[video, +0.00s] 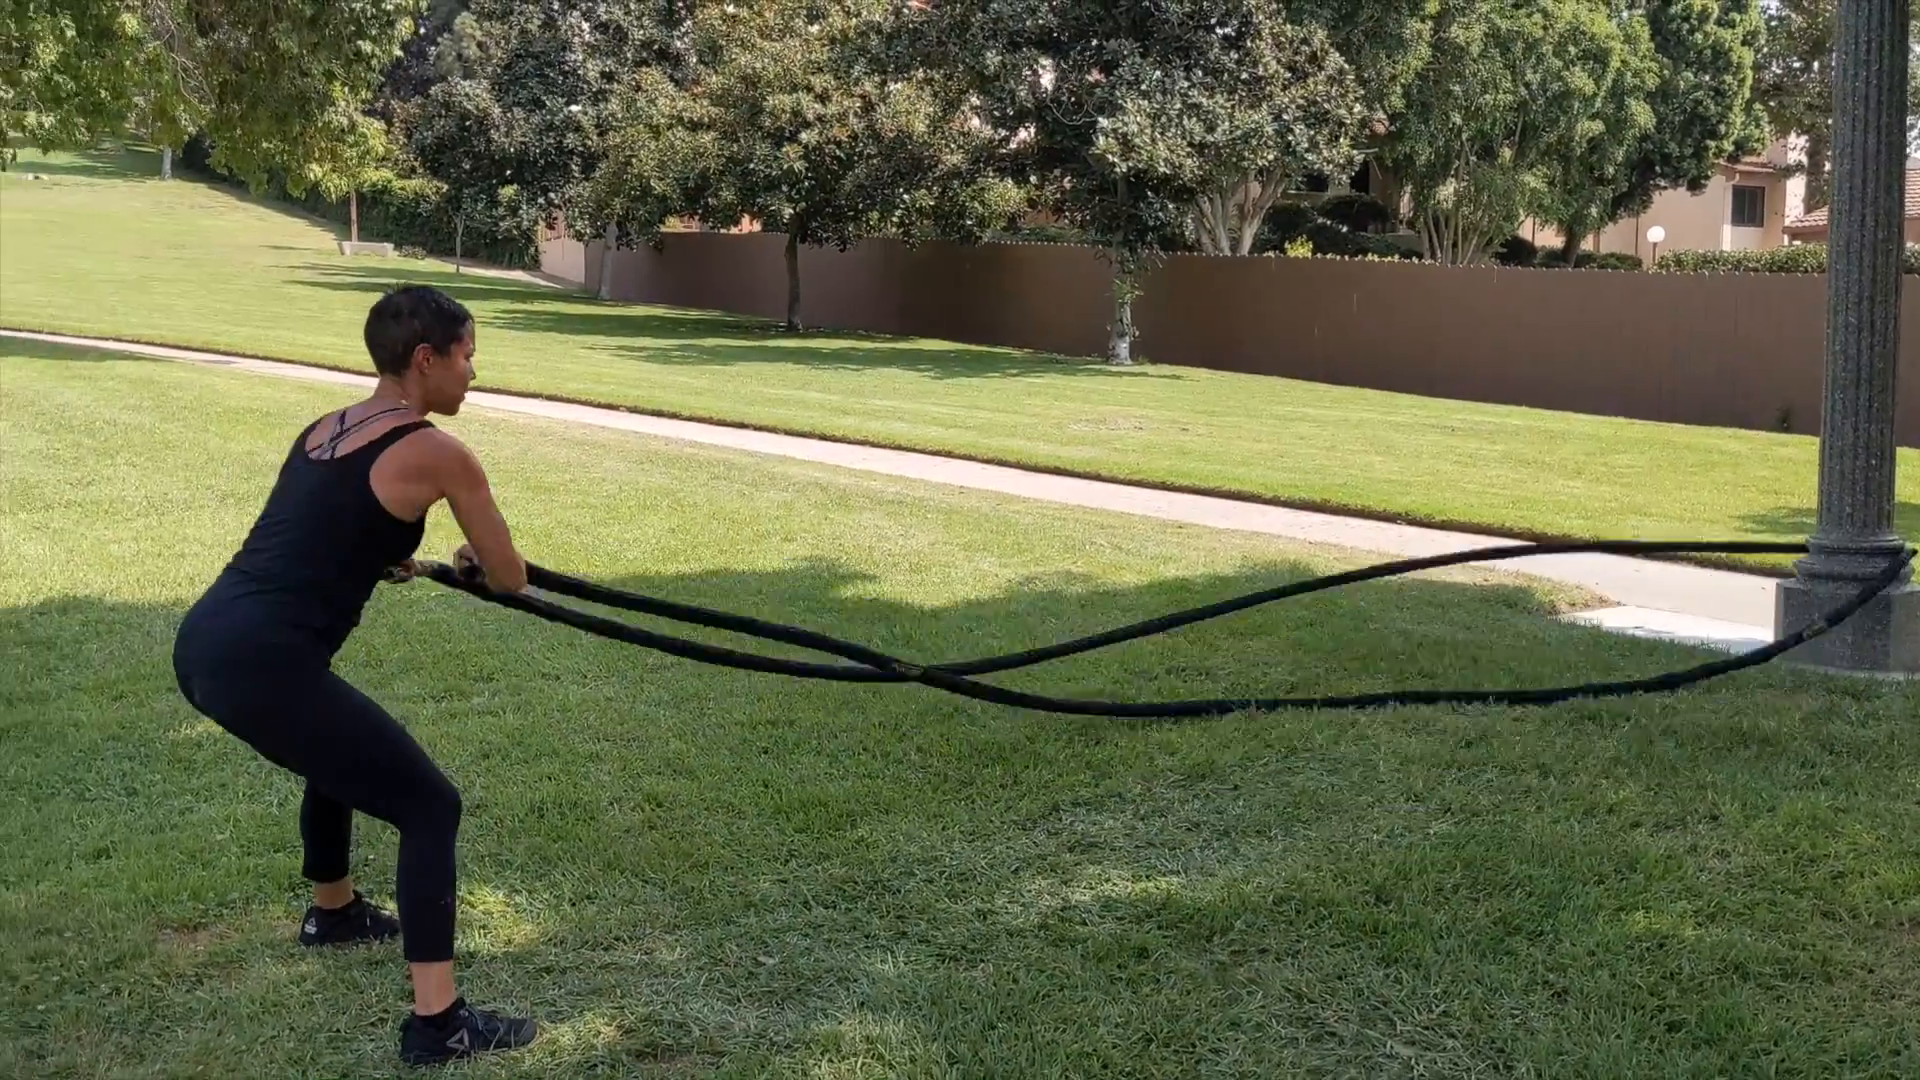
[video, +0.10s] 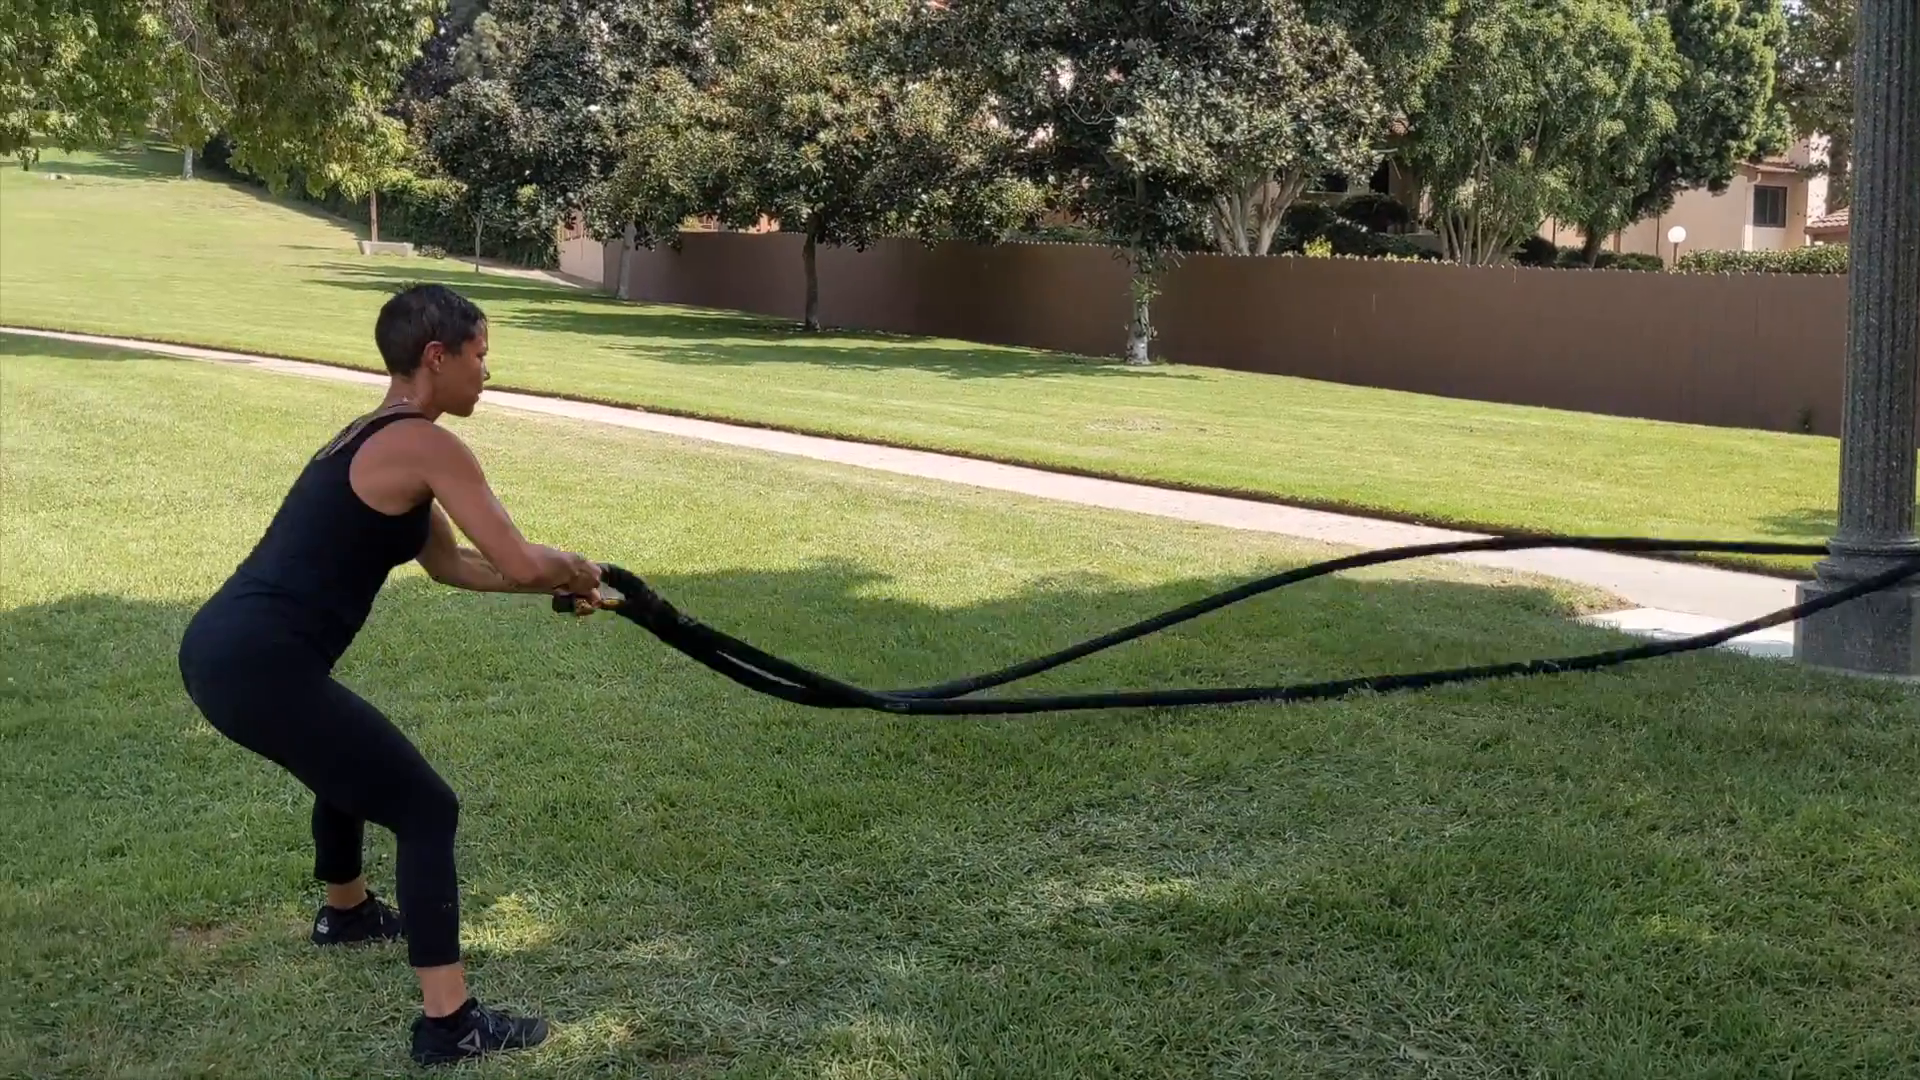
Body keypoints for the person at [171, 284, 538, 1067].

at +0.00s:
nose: (472, 370)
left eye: (471, 354)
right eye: (465, 355)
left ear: (393, 359)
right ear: (425, 359)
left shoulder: (330, 424)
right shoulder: (438, 452)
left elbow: (311, 520)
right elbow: (508, 574)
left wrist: (384, 552)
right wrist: (485, 572)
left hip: (203, 647)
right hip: (266, 666)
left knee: (335, 751)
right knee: (432, 804)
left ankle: (334, 908)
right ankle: (437, 1018)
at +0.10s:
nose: (487, 371)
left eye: (486, 356)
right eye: (478, 356)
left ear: (419, 360)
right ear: (435, 357)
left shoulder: (371, 441)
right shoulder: (429, 446)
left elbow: (449, 563)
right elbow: (522, 565)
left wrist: (546, 582)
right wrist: (573, 569)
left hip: (220, 649)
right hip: (258, 667)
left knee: (350, 759)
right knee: (427, 806)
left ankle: (346, 907)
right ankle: (447, 1017)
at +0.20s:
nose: (502, 371)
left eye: (501, 355)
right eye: (494, 355)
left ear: (434, 363)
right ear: (450, 359)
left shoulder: (401, 449)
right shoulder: (429, 447)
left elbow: (473, 585)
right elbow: (524, 555)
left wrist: (585, 613)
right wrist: (628, 566)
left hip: (254, 647)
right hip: (262, 664)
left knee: (364, 760)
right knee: (424, 806)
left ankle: (352, 905)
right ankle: (452, 1017)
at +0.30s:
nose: (510, 374)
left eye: (509, 357)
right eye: (504, 357)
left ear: (444, 362)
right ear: (459, 358)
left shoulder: (416, 451)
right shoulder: (416, 452)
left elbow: (469, 594)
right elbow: (500, 569)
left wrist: (567, 610)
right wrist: (628, 583)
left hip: (291, 650)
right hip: (261, 664)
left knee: (388, 755)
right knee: (425, 804)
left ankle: (354, 903)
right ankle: (453, 1017)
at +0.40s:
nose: (509, 373)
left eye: (509, 356)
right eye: (501, 356)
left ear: (450, 359)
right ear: (454, 357)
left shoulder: (443, 453)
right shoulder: (406, 451)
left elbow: (461, 584)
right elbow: (463, 577)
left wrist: (584, 580)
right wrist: (601, 589)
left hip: (297, 649)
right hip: (259, 660)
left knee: (396, 749)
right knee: (426, 803)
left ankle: (354, 904)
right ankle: (451, 1016)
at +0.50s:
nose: (493, 364)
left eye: (492, 347)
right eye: (485, 347)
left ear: (435, 351)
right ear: (439, 350)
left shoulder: (423, 443)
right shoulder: (394, 448)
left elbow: (441, 562)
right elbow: (442, 572)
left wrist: (560, 571)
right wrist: (584, 582)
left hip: (284, 642)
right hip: (257, 657)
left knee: (397, 740)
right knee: (422, 804)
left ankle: (351, 902)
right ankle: (448, 1018)